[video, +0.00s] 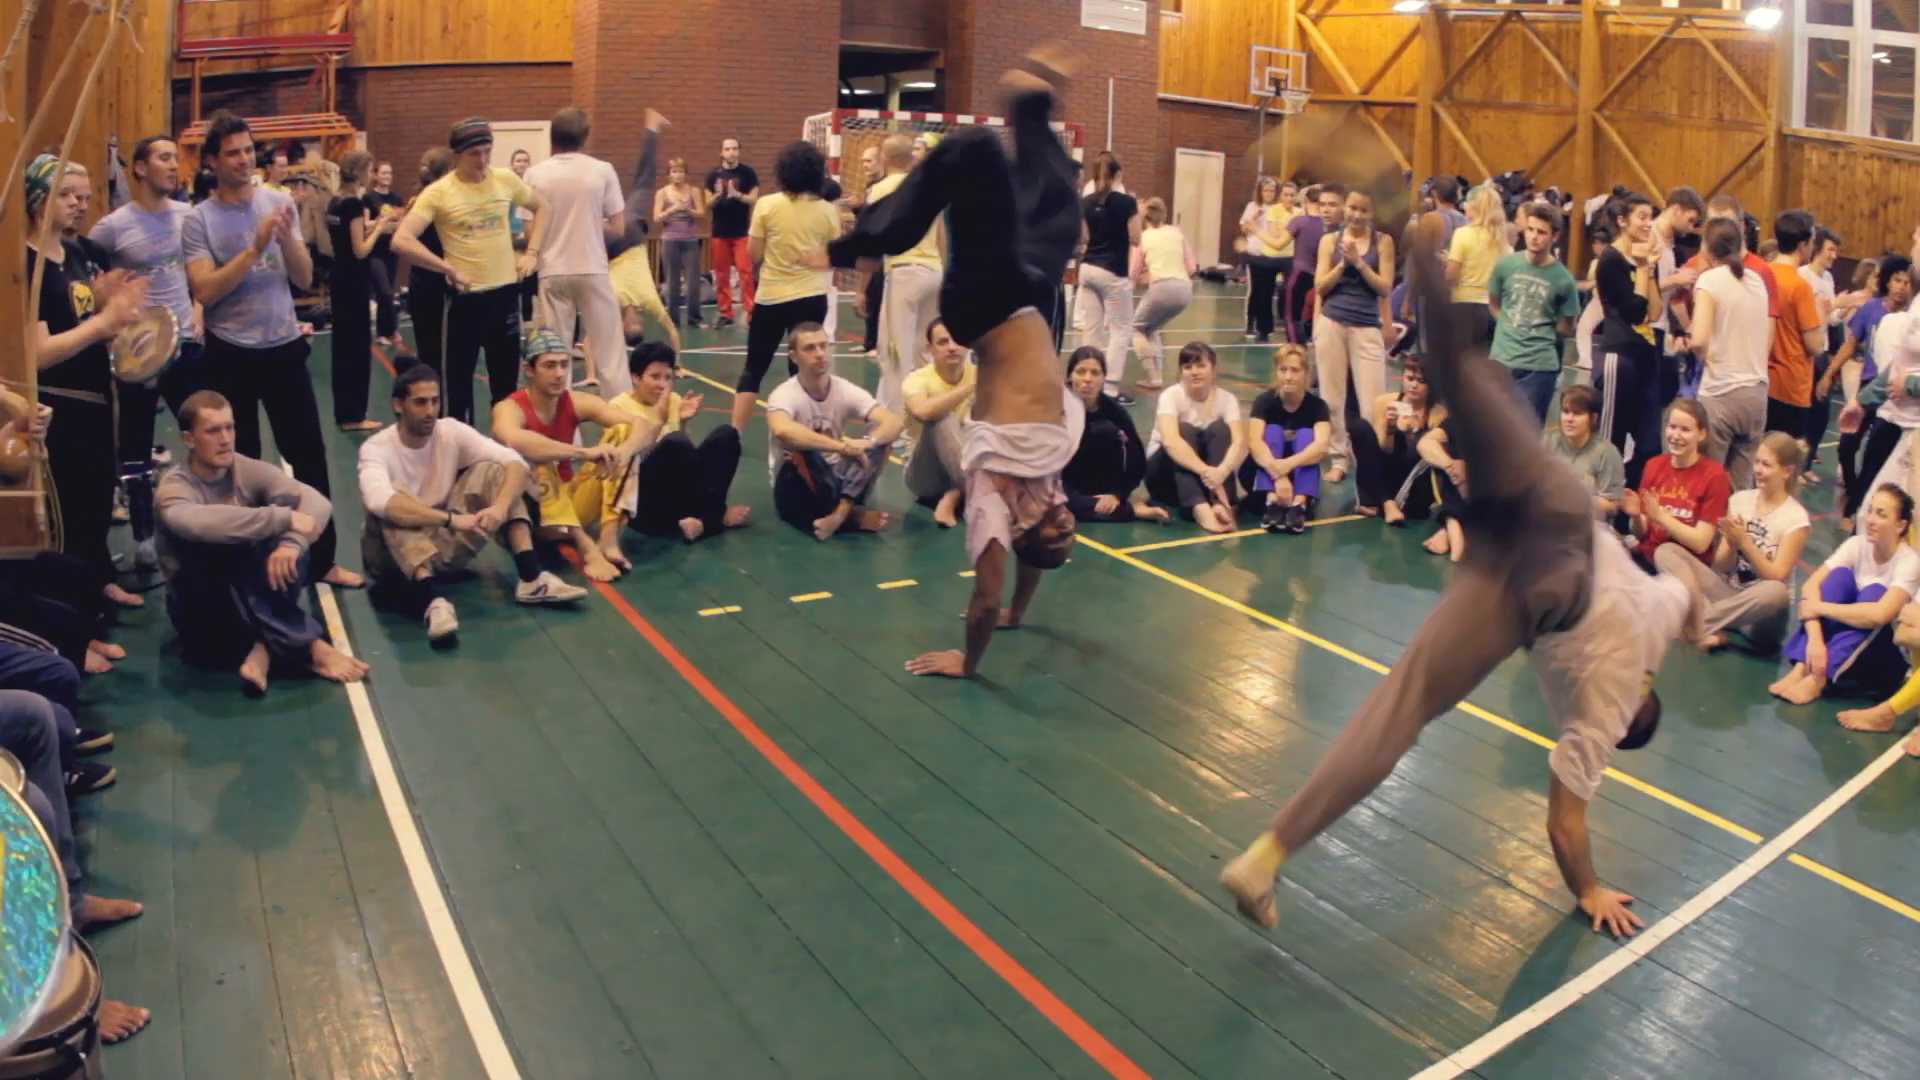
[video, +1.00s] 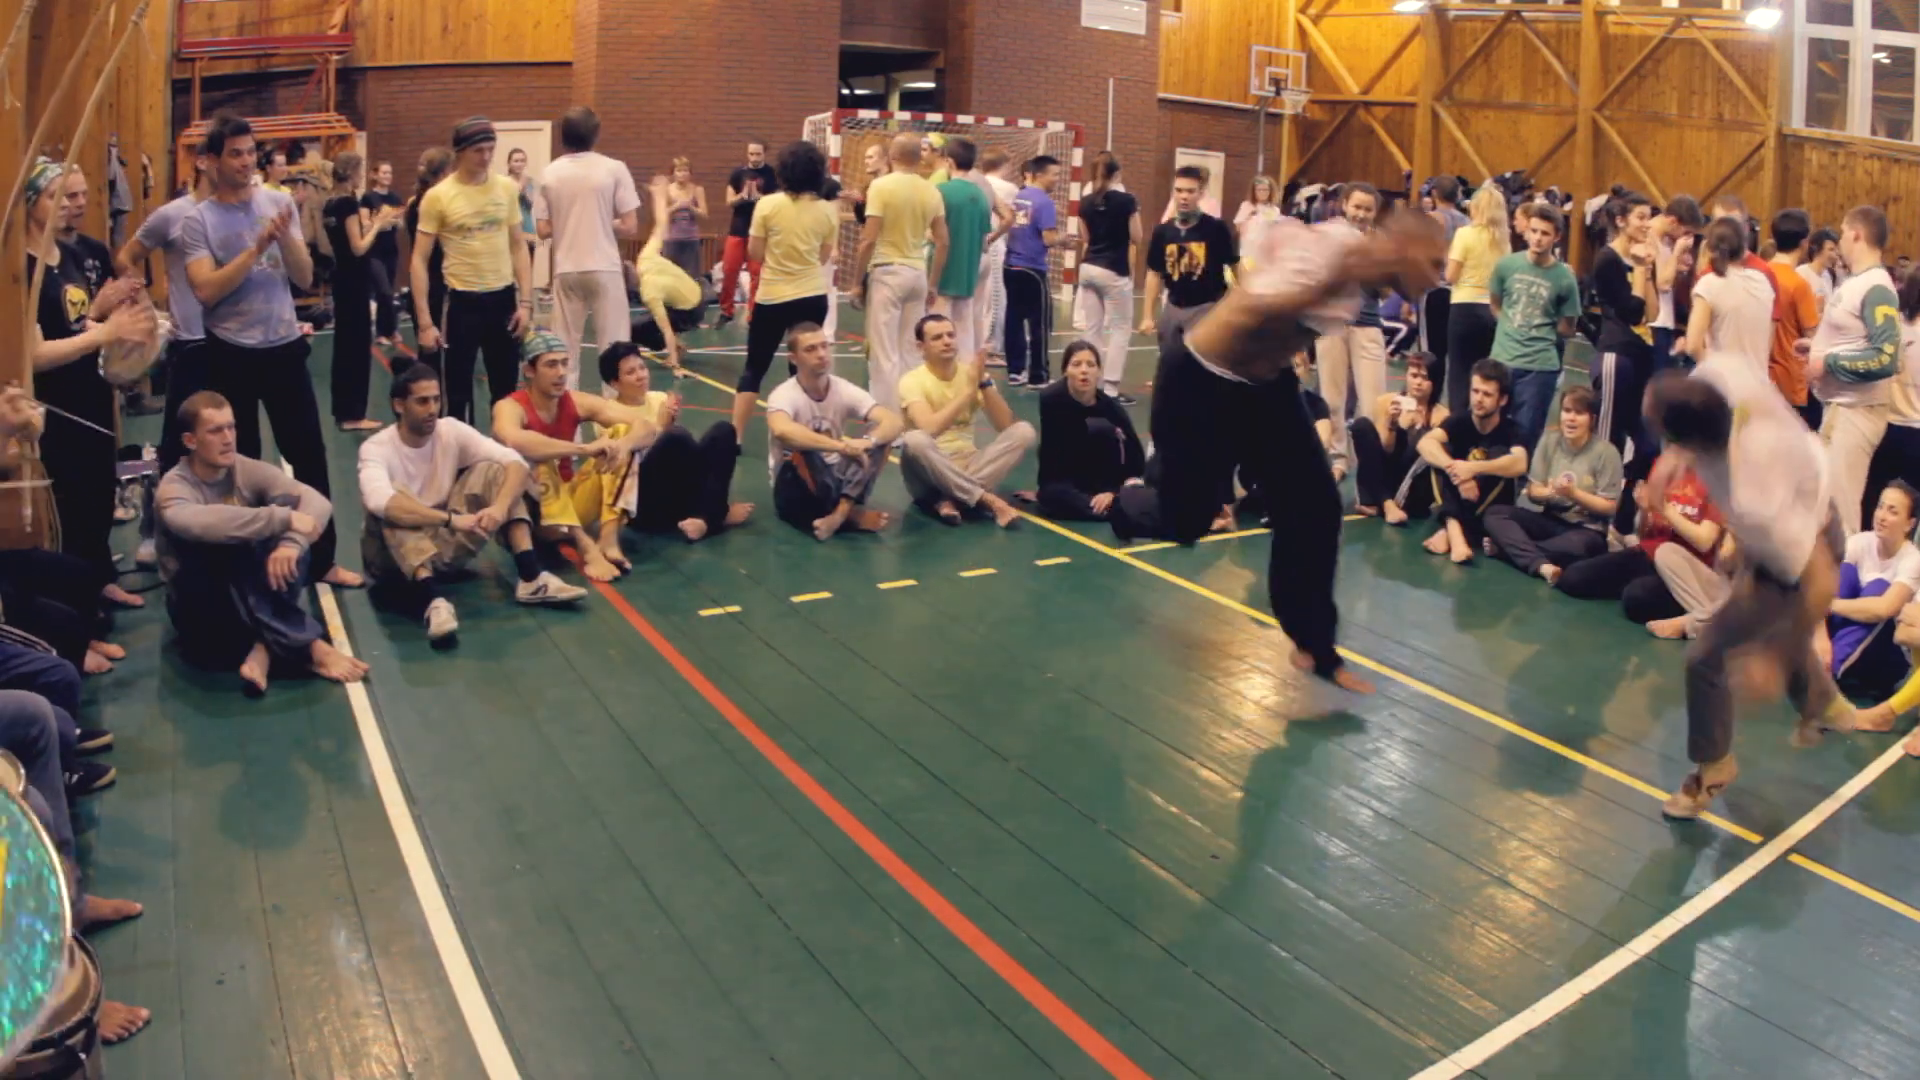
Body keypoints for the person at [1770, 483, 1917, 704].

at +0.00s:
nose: (1871, 519)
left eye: (1881, 515)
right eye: (1870, 511)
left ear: (1901, 526)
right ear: (1864, 513)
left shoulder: (1909, 561)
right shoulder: (1856, 545)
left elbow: (1881, 615)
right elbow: (1810, 586)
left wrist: (1819, 608)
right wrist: (1815, 641)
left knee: (1875, 592)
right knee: (1840, 577)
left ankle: (1818, 678)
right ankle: (1800, 667)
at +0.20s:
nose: (1871, 520)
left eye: (1881, 514)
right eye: (1870, 511)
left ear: (1901, 525)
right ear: (1866, 512)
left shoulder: (1909, 561)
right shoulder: (1856, 544)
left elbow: (1881, 615)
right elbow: (1810, 586)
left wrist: (1819, 608)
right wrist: (1815, 641)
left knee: (1875, 592)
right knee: (1840, 577)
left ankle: (1817, 678)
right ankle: (1800, 667)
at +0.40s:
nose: (1872, 520)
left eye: (1883, 515)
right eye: (1872, 511)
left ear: (1902, 526)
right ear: (1867, 513)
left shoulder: (1910, 561)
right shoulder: (1858, 544)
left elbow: (1881, 615)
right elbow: (1810, 586)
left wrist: (1819, 608)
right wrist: (1815, 641)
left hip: (1881, 667)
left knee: (1875, 592)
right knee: (1840, 577)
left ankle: (1817, 678)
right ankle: (1800, 668)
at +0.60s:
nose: (1874, 520)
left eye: (1885, 515)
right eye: (1873, 511)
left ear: (1903, 526)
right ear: (1868, 512)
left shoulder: (1910, 562)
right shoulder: (1857, 545)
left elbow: (1880, 615)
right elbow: (1810, 586)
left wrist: (1819, 607)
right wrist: (1815, 641)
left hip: (1881, 666)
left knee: (1876, 592)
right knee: (1840, 576)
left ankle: (1818, 678)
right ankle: (1800, 667)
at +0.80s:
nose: (1879, 519)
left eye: (1890, 514)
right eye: (1877, 510)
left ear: (1907, 525)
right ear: (1870, 513)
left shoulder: (1912, 561)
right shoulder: (1858, 543)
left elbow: (1883, 613)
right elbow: (1819, 588)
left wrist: (1824, 607)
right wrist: (1819, 639)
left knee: (1878, 590)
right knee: (1840, 574)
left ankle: (1822, 675)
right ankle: (1806, 663)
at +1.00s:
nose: (1881, 516)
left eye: (1892, 512)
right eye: (1880, 507)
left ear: (1909, 524)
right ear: (1874, 510)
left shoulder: (1912, 559)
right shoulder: (1857, 543)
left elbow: (1886, 609)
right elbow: (1820, 588)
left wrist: (1828, 604)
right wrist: (1820, 639)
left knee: (1877, 586)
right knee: (1844, 571)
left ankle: (1828, 671)